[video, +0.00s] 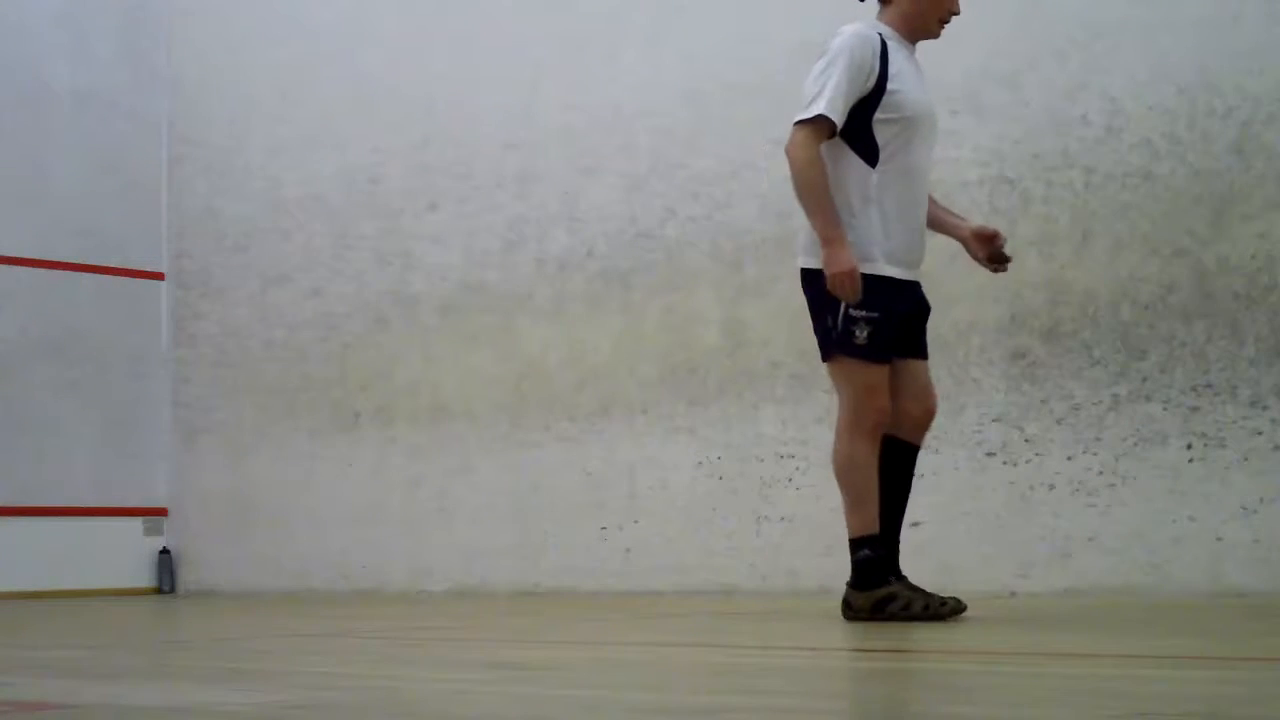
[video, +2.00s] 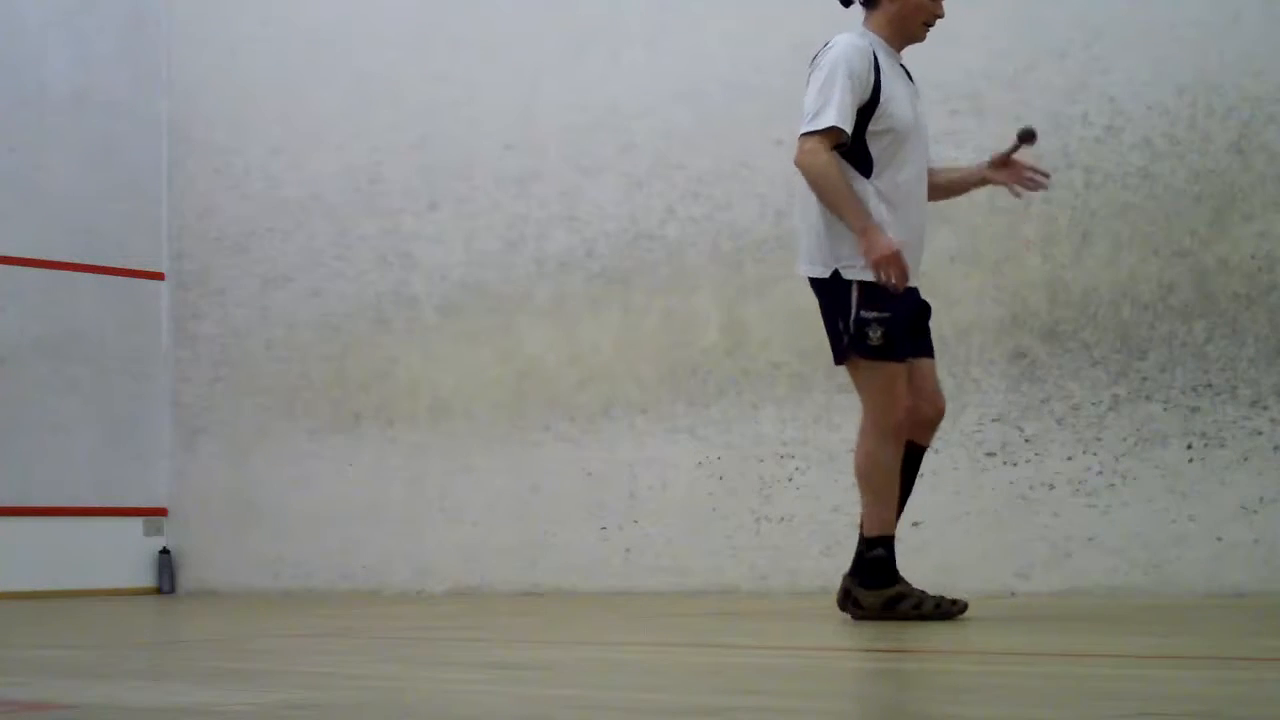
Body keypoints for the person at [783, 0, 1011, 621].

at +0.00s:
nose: (955, 8)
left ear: (918, 2)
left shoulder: (905, 64)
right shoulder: (861, 44)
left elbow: (895, 185)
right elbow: (802, 144)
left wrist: (963, 229)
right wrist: (834, 247)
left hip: (896, 271)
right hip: (852, 268)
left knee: (914, 408)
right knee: (864, 412)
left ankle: (882, 575)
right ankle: (868, 581)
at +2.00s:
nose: (941, 11)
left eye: (940, 3)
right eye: (933, 0)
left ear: (899, 4)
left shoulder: (897, 72)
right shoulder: (849, 54)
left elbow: (909, 185)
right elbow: (812, 151)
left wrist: (985, 171)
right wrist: (870, 233)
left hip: (892, 266)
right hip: (852, 267)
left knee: (924, 409)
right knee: (886, 411)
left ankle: (869, 571)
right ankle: (874, 580)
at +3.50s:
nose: (883, 75)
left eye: (887, 62)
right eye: (884, 63)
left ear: (909, 62)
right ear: (926, 59)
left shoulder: (956, 88)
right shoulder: (950, 142)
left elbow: (1059, 87)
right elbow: (934, 232)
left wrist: (1166, 127)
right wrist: (881, 224)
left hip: (1013, 255)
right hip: (1085, 252)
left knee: (961, 401)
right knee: (1024, 420)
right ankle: (1018, 576)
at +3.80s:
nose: (956, 91)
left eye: (957, 82)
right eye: (955, 82)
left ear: (974, 77)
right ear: (1021, 73)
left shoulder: (972, 112)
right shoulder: (1079, 114)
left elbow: (933, 189)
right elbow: (1091, 198)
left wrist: (875, 274)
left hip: (1012, 268)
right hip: (1095, 269)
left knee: (1005, 420)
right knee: (1092, 416)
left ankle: (1014, 580)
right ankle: (1111, 524)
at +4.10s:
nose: (1009, 48)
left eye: (1012, 36)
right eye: (1010, 36)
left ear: (1031, 33)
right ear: (1074, 33)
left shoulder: (1026, 73)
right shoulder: (1136, 76)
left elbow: (1010, 148)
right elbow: (1213, 164)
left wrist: (968, 240)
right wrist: (1185, 244)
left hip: (1073, 243)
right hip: (1157, 245)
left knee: (1049, 410)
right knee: (1159, 416)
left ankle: (1027, 575)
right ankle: (1187, 575)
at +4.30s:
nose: (1029, 11)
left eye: (1033, 3)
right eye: (1030, 4)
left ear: (1054, 4)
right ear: (1102, 1)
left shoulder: (1049, 43)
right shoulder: (1158, 54)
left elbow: (1062, 136)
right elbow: (1225, 145)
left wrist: (1042, 239)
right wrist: (1204, 237)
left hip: (1095, 239)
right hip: (1173, 239)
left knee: (1051, 394)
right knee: (1176, 409)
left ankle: (1096, 562)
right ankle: (1191, 575)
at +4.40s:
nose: (1035, 7)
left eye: (1037, 1)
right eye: (1035, 1)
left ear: (1053, 1)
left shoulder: (1056, 33)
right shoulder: (1160, 47)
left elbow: (1070, 131)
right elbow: (1220, 143)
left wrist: (1053, 238)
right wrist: (1201, 242)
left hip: (1100, 247)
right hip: (1172, 249)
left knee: (1065, 401)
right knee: (1180, 410)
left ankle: (1140, 557)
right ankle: (1192, 576)